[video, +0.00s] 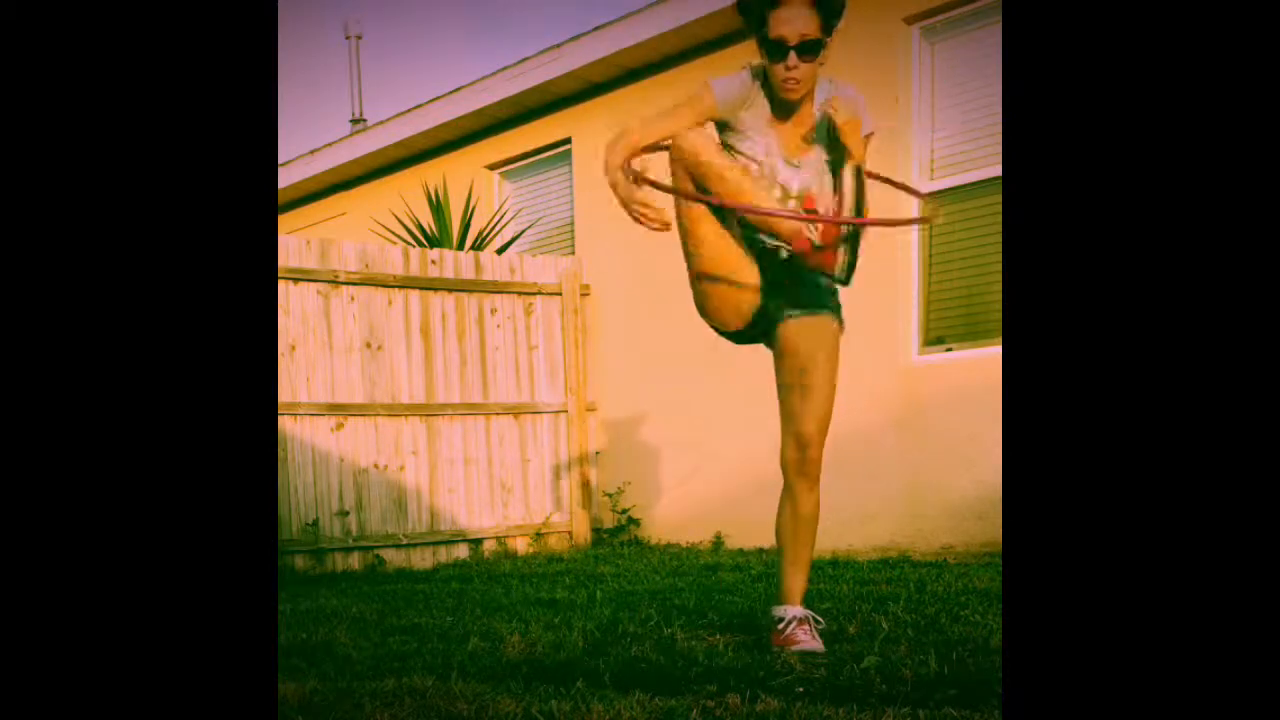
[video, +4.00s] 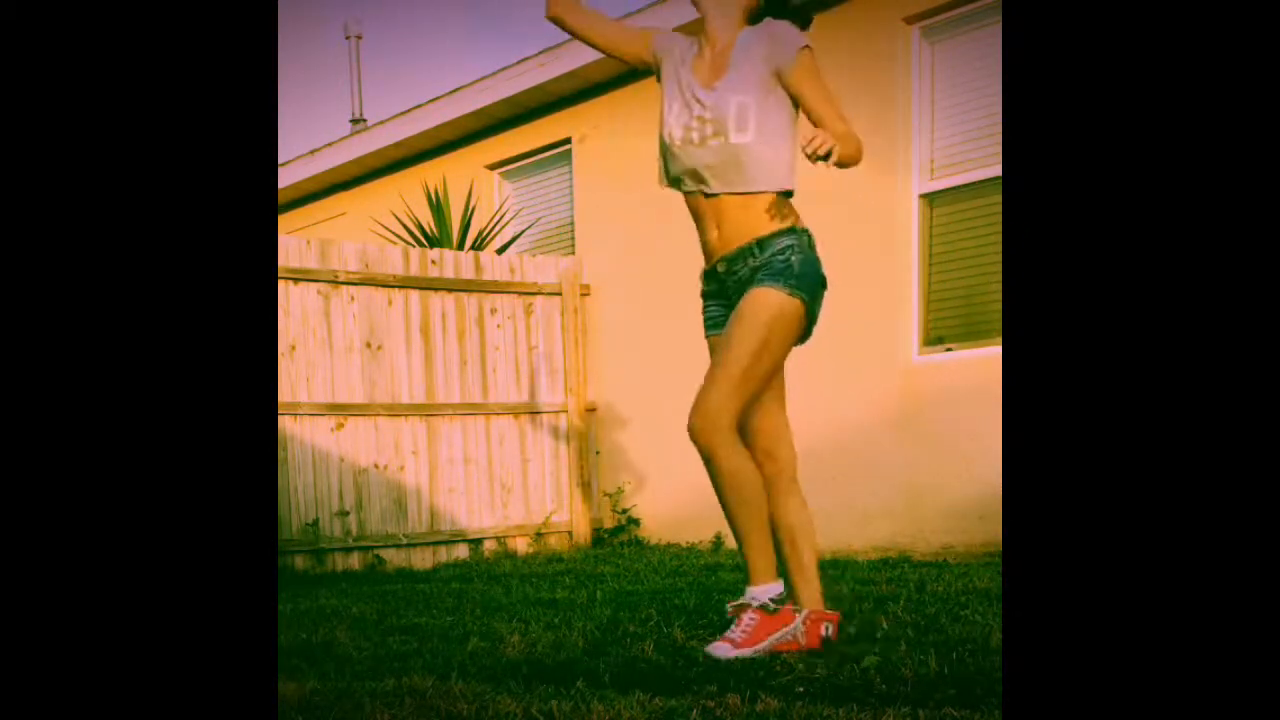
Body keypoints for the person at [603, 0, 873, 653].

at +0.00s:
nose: (791, 65)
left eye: (806, 50)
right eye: (776, 50)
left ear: (828, 44)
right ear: (758, 44)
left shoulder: (843, 107)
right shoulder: (733, 95)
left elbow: (856, 207)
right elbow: (627, 139)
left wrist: (840, 228)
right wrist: (621, 180)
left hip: (809, 293)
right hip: (737, 294)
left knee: (804, 457)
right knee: (688, 143)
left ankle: (791, 611)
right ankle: (796, 233)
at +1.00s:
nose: (753, 32)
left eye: (767, 18)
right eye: (739, 18)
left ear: (785, 17)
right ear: (721, 17)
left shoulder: (816, 77)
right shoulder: (696, 93)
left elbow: (893, 163)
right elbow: (617, 184)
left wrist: (878, 100)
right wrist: (615, 107)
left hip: (810, 287)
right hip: (732, 291)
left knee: (802, 459)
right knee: (758, 455)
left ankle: (798, 616)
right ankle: (744, 609)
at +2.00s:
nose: (761, 15)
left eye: (777, 3)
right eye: (756, 5)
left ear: (816, 8)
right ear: (751, 13)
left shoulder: (846, 99)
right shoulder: (726, 86)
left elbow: (866, 221)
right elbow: (663, 181)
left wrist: (895, 331)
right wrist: (661, 266)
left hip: (820, 291)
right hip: (741, 299)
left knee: (883, 414)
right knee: (759, 462)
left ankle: (899, 573)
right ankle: (761, 616)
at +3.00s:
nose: (777, 4)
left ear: (831, 7)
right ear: (767, 10)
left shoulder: (864, 74)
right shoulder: (743, 91)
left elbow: (932, 153)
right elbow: (688, 187)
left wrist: (991, 219)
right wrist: (642, 274)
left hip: (858, 264)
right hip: (786, 275)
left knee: (782, 133)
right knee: (788, 458)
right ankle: (812, 615)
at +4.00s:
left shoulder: (777, 42)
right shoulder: (669, 48)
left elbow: (851, 145)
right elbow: (564, 12)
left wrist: (832, 142)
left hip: (780, 261)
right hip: (722, 278)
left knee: (710, 422)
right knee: (773, 455)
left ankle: (764, 597)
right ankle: (812, 613)